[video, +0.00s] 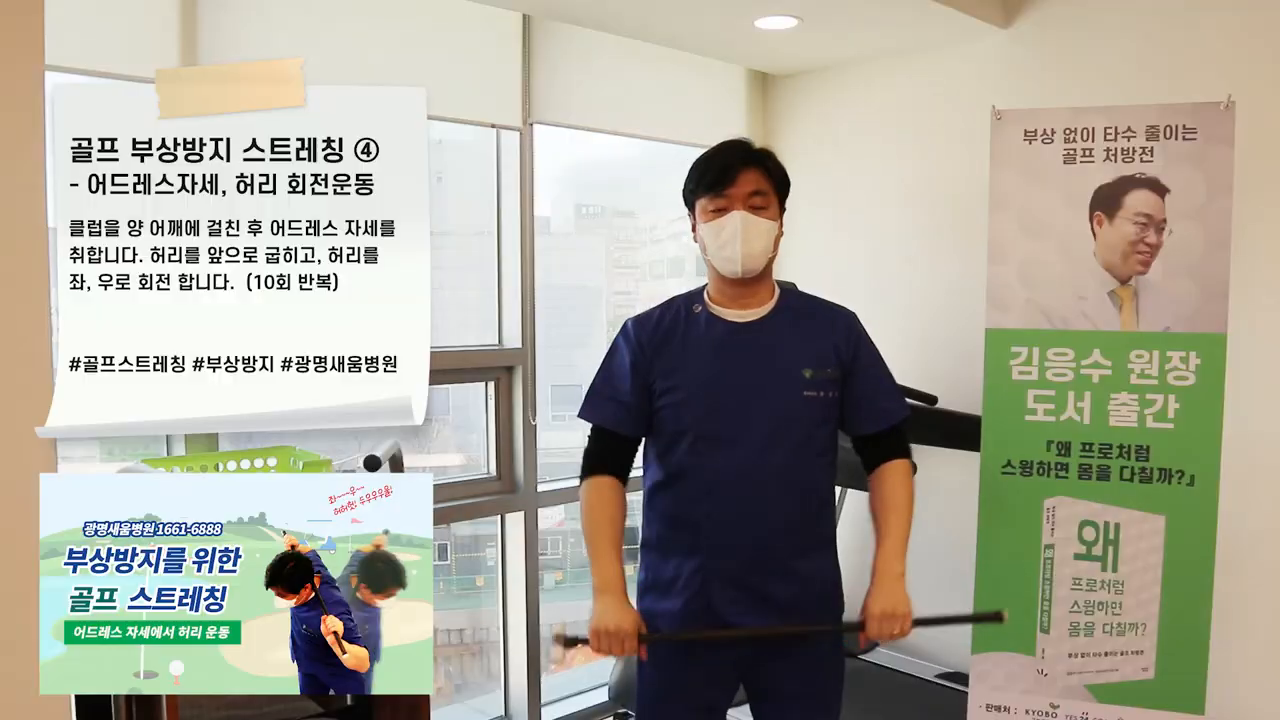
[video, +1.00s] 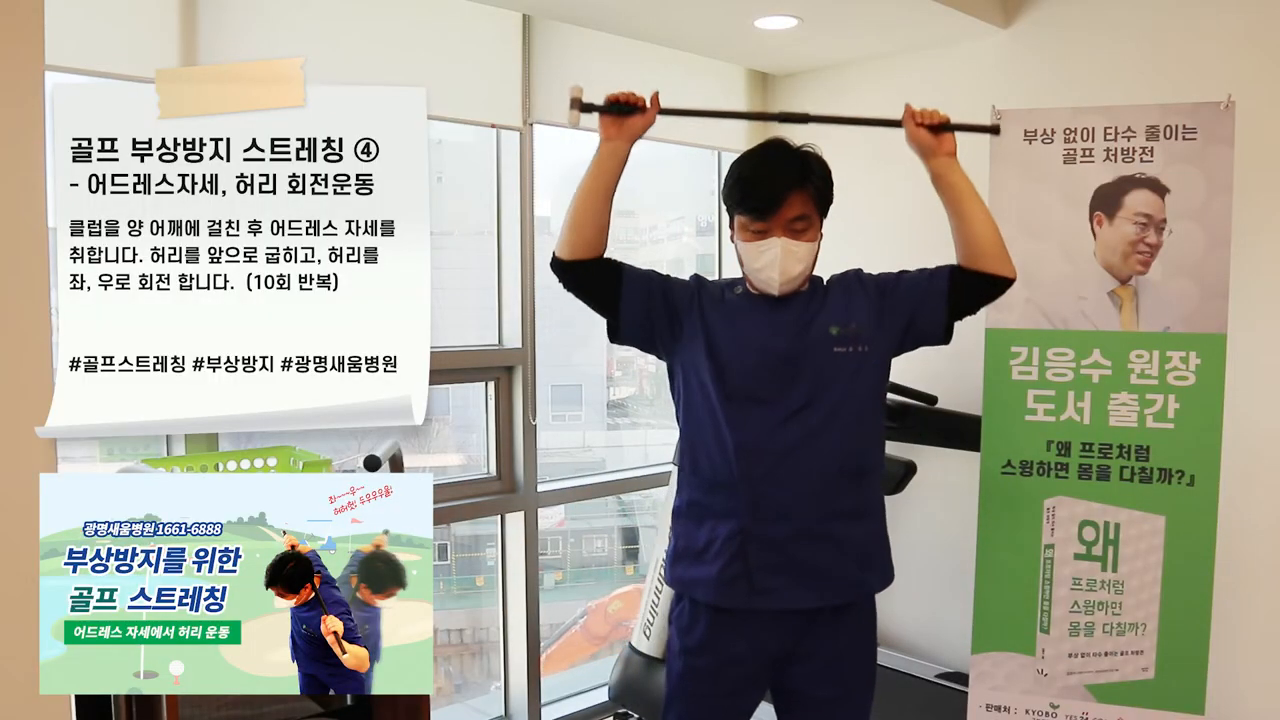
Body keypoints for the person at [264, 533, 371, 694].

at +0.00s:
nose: (279, 599)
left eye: (283, 596)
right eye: (276, 594)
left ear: (306, 590)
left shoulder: (334, 607)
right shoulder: (313, 572)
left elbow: (363, 665)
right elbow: (308, 553)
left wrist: (335, 642)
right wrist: (296, 547)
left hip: (343, 676)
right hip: (311, 668)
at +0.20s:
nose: (279, 599)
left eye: (283, 596)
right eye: (276, 594)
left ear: (306, 590)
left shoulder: (334, 607)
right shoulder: (313, 572)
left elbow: (363, 665)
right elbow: (308, 553)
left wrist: (335, 642)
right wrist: (296, 547)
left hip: (343, 675)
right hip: (311, 667)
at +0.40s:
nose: (278, 599)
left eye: (283, 596)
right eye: (276, 594)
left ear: (306, 590)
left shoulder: (334, 607)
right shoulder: (312, 570)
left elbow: (363, 665)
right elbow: (308, 552)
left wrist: (336, 642)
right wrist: (296, 547)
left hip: (344, 673)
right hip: (310, 667)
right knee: (312, 713)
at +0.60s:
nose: (278, 599)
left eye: (283, 596)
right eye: (276, 594)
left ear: (306, 590)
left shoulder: (334, 607)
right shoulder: (312, 570)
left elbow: (363, 665)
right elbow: (308, 552)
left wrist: (336, 642)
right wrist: (296, 547)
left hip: (344, 673)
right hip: (310, 667)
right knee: (312, 713)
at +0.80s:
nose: (278, 599)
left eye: (283, 596)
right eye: (276, 594)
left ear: (306, 590)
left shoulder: (334, 607)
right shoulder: (312, 571)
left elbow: (363, 665)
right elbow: (308, 552)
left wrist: (335, 642)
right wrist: (297, 547)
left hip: (344, 673)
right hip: (310, 667)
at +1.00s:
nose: (278, 599)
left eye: (283, 595)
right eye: (276, 594)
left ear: (306, 590)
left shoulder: (334, 607)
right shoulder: (312, 570)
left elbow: (363, 665)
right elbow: (308, 552)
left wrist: (336, 642)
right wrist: (297, 547)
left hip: (345, 673)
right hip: (310, 667)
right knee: (312, 715)